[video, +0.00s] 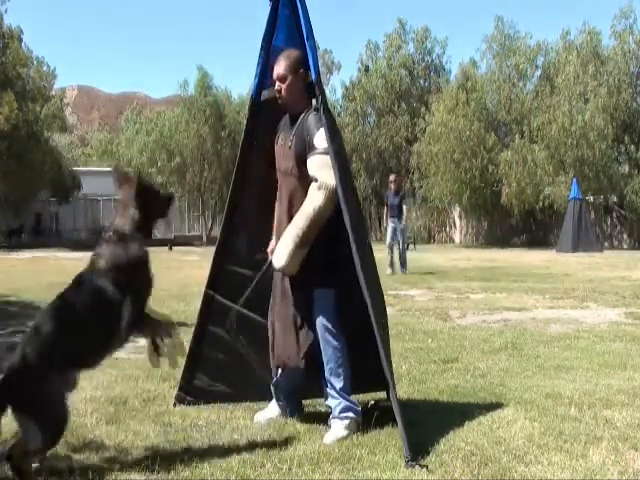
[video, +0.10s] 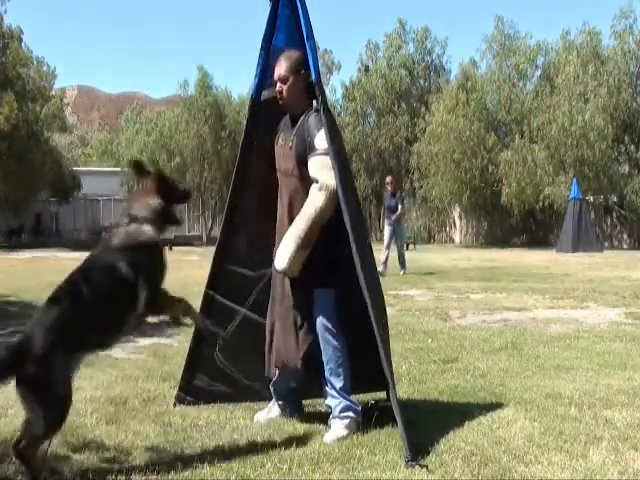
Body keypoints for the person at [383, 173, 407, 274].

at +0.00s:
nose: (393, 184)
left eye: (395, 181)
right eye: (391, 182)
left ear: (398, 182)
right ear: (389, 183)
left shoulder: (402, 194)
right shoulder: (388, 194)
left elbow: (405, 207)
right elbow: (386, 208)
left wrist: (404, 219)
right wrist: (385, 220)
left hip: (400, 221)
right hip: (391, 221)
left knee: (401, 245)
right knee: (389, 243)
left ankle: (403, 267)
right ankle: (390, 266)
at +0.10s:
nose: (389, 185)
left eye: (391, 183)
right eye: (387, 183)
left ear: (395, 184)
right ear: (385, 185)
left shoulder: (398, 194)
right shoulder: (386, 195)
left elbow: (401, 209)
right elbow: (384, 208)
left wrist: (394, 217)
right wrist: (382, 220)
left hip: (398, 222)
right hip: (388, 222)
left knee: (400, 246)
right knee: (386, 245)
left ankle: (402, 267)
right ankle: (383, 267)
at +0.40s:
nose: (377, 184)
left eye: (379, 181)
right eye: (375, 182)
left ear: (383, 181)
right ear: (373, 183)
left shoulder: (390, 194)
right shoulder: (374, 194)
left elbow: (392, 208)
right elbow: (371, 208)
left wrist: (390, 221)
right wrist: (368, 222)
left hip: (386, 220)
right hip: (377, 220)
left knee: (384, 245)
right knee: (378, 246)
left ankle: (390, 264)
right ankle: (380, 268)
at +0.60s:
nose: (372, 185)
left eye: (373, 182)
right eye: (370, 183)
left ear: (377, 182)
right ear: (368, 184)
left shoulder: (383, 194)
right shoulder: (365, 195)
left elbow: (387, 206)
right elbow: (363, 207)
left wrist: (384, 216)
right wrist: (365, 216)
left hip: (379, 220)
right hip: (369, 219)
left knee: (377, 244)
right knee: (370, 244)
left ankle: (379, 267)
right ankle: (372, 268)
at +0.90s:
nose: (362, 184)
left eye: (364, 181)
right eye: (360, 181)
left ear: (368, 181)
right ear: (358, 182)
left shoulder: (374, 193)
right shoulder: (359, 194)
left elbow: (379, 207)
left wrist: (380, 223)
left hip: (370, 219)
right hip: (360, 219)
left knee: (370, 239)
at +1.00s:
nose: (359, 184)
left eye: (360, 181)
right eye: (357, 182)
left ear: (365, 181)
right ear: (355, 182)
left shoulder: (370, 192)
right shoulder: (355, 193)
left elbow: (372, 206)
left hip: (367, 218)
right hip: (357, 219)